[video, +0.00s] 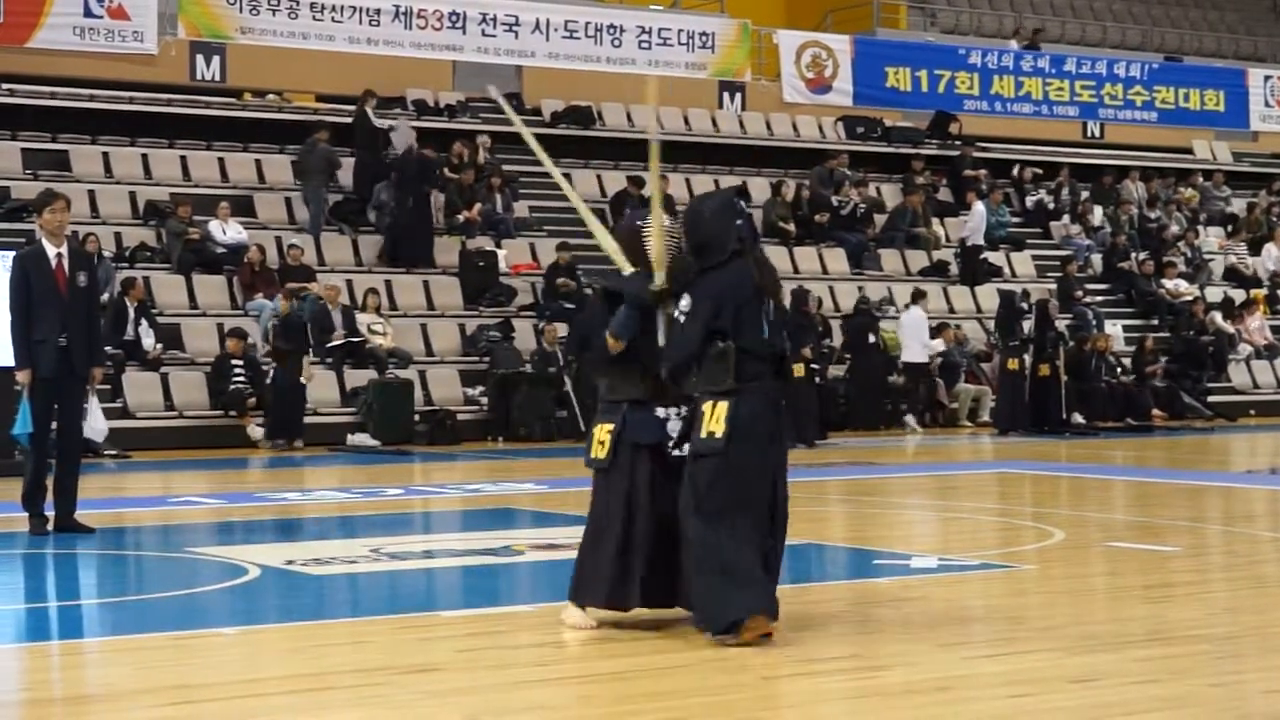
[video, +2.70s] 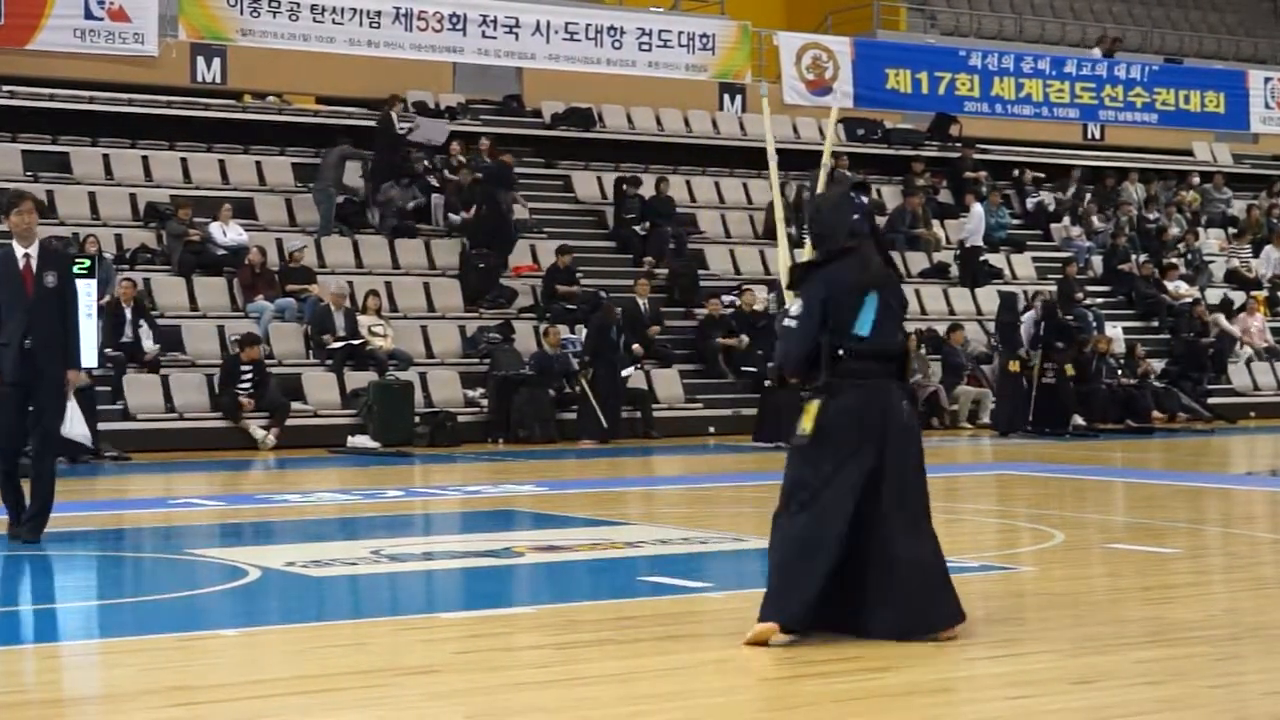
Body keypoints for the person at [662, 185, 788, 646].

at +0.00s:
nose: (688, 240)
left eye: (692, 231)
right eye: (688, 231)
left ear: (707, 234)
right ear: (742, 229)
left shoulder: (713, 284)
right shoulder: (761, 277)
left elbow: (680, 352)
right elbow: (772, 343)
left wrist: (667, 370)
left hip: (730, 408)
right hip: (767, 404)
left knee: (707, 508)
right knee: (754, 505)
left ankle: (748, 609)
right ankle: (755, 604)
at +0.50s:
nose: (669, 244)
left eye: (673, 236)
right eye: (670, 236)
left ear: (685, 239)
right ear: (718, 234)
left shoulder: (687, 281)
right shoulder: (741, 278)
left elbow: (672, 362)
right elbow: (757, 346)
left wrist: (671, 387)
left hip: (711, 406)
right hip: (751, 403)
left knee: (688, 504)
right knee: (742, 505)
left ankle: (684, 614)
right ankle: (749, 605)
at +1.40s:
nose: (722, 244)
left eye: (725, 236)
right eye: (723, 235)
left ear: (739, 238)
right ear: (770, 234)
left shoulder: (745, 283)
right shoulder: (800, 279)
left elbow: (726, 358)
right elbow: (819, 347)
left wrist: (725, 379)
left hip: (765, 413)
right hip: (811, 411)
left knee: (724, 504)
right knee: (805, 508)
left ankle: (718, 613)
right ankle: (812, 608)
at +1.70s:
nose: (718, 233)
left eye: (722, 227)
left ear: (730, 230)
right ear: (778, 229)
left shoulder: (719, 278)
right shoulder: (804, 280)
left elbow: (697, 349)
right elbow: (820, 351)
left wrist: (712, 373)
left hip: (745, 406)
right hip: (801, 405)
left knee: (732, 510)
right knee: (811, 503)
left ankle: (716, 619)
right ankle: (824, 610)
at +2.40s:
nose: (772, 220)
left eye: (776, 212)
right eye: (775, 212)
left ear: (785, 217)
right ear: (825, 212)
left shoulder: (773, 267)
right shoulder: (850, 265)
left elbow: (751, 338)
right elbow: (860, 338)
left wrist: (752, 360)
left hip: (791, 393)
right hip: (842, 390)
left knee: (774, 496)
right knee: (846, 493)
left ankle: (765, 607)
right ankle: (853, 604)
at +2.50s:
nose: (781, 229)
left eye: (783, 222)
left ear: (789, 226)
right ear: (833, 224)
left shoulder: (776, 279)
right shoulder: (855, 281)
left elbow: (750, 347)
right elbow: (865, 345)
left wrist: (756, 369)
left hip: (797, 405)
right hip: (852, 404)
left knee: (783, 505)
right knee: (866, 504)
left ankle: (773, 615)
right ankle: (897, 608)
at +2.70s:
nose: (810, 237)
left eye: (815, 229)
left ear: (823, 232)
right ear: (866, 227)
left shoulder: (822, 281)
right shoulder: (888, 279)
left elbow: (793, 354)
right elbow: (888, 342)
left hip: (839, 405)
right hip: (891, 404)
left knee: (804, 506)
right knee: (905, 509)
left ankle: (777, 613)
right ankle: (940, 612)